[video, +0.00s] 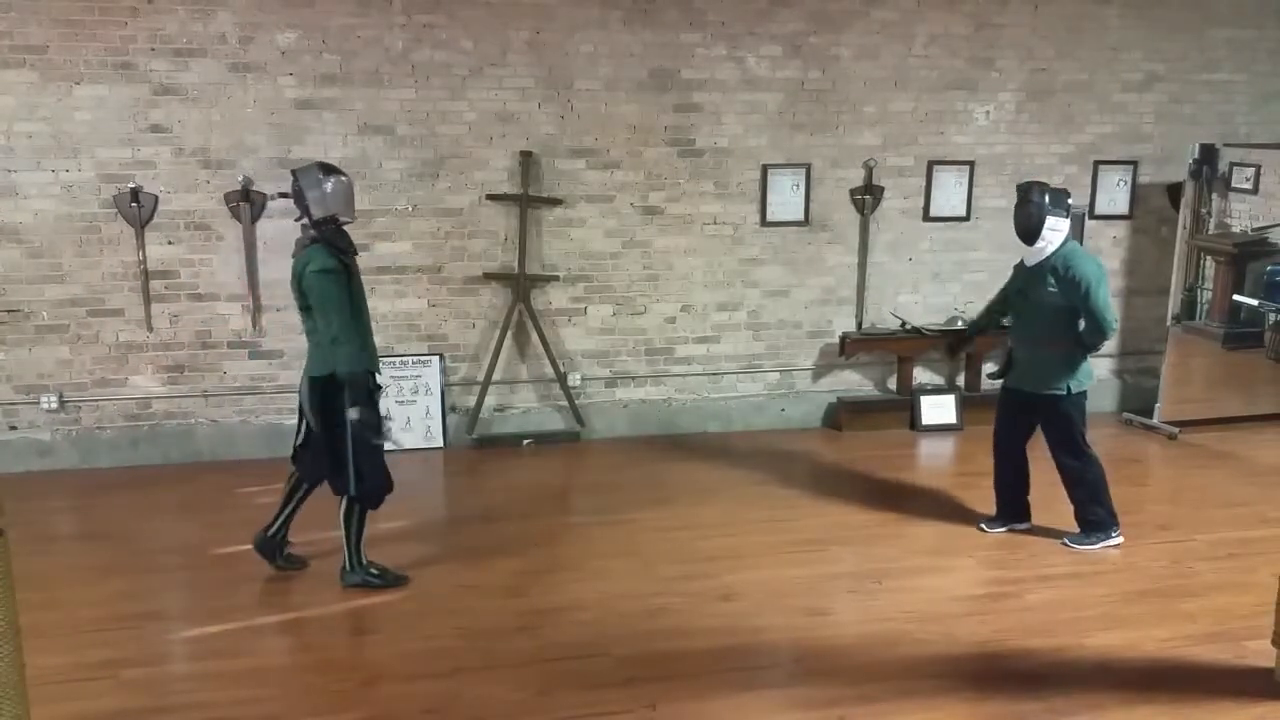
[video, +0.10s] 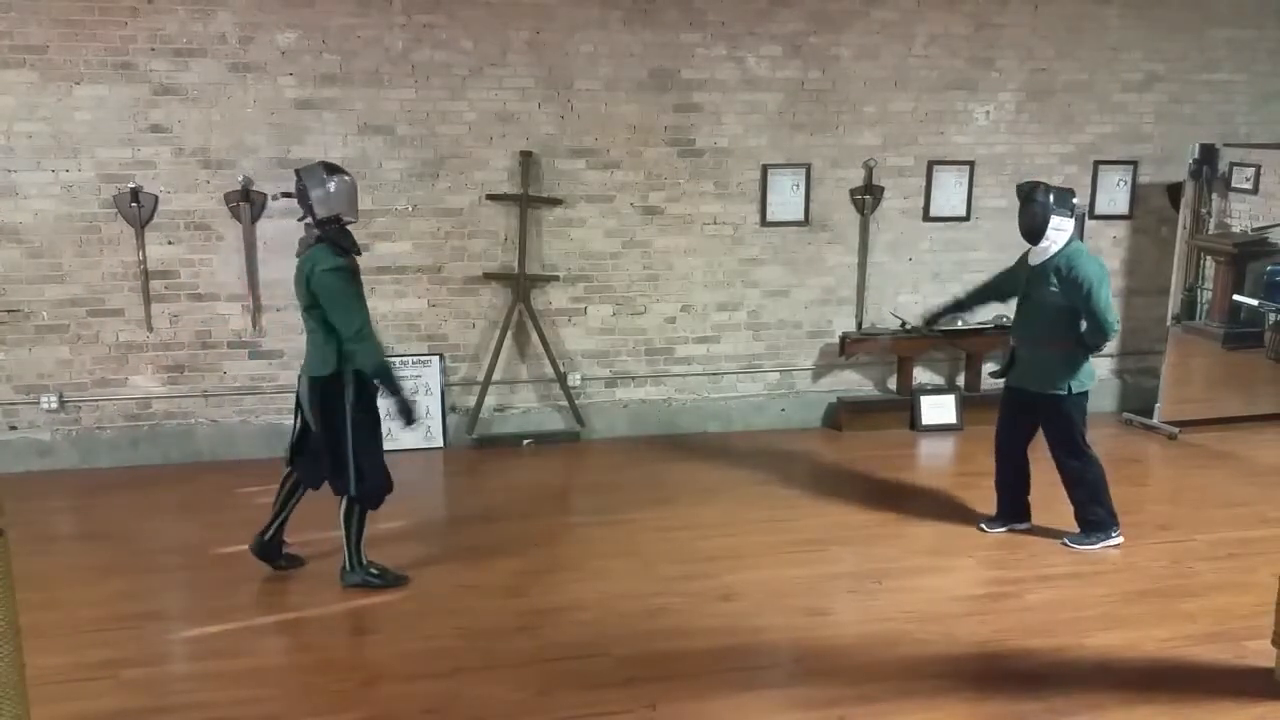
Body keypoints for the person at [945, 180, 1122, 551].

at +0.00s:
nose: (1020, 218)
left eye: (1028, 211)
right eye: (1019, 211)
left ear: (1052, 219)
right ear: (1047, 220)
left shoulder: (1078, 265)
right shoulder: (1027, 267)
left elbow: (1103, 324)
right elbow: (999, 308)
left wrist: (1078, 346)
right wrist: (968, 335)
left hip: (1062, 379)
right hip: (1022, 376)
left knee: (1072, 454)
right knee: (1007, 443)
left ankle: (1102, 527)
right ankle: (1012, 514)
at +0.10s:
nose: (1023, 220)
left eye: (1031, 213)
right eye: (1023, 212)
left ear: (1053, 218)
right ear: (1035, 216)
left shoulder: (1081, 264)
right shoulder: (1033, 262)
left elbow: (1105, 326)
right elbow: (993, 290)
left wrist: (1081, 345)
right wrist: (945, 312)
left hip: (1063, 377)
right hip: (1025, 373)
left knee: (1071, 453)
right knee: (1009, 444)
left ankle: (1102, 527)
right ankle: (1013, 515)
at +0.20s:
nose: (1026, 218)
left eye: (1033, 211)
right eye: (1027, 211)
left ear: (1057, 218)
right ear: (1050, 219)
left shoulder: (1084, 265)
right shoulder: (1034, 256)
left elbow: (1106, 328)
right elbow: (990, 271)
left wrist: (1081, 347)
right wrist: (932, 280)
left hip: (1064, 379)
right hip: (1026, 373)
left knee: (1073, 455)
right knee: (1011, 445)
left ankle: (1102, 527)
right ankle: (1014, 513)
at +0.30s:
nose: (1028, 218)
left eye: (1036, 211)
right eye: (1029, 211)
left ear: (1061, 217)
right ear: (1037, 216)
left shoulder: (1086, 266)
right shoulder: (1036, 253)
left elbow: (1107, 330)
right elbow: (989, 253)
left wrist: (1081, 345)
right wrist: (932, 249)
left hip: (1065, 378)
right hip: (1028, 372)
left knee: (1073, 455)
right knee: (1014, 446)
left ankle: (1102, 527)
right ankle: (1014, 513)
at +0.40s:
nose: (1032, 219)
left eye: (1041, 213)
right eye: (1033, 212)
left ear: (1064, 219)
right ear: (1044, 217)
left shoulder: (1088, 269)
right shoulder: (1038, 249)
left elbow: (1107, 332)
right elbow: (993, 236)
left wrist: (1082, 344)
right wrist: (937, 221)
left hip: (1067, 380)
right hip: (1030, 373)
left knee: (1073, 455)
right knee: (1016, 445)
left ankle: (1102, 527)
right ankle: (1014, 513)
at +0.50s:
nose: (1035, 219)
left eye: (1043, 213)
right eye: (1036, 212)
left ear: (1066, 219)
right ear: (1051, 218)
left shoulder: (1091, 266)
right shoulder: (1041, 245)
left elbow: (1108, 332)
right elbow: (996, 225)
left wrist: (1087, 345)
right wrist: (945, 204)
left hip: (1069, 378)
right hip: (1031, 372)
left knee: (1073, 455)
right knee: (1016, 444)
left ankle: (1102, 527)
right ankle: (1014, 514)